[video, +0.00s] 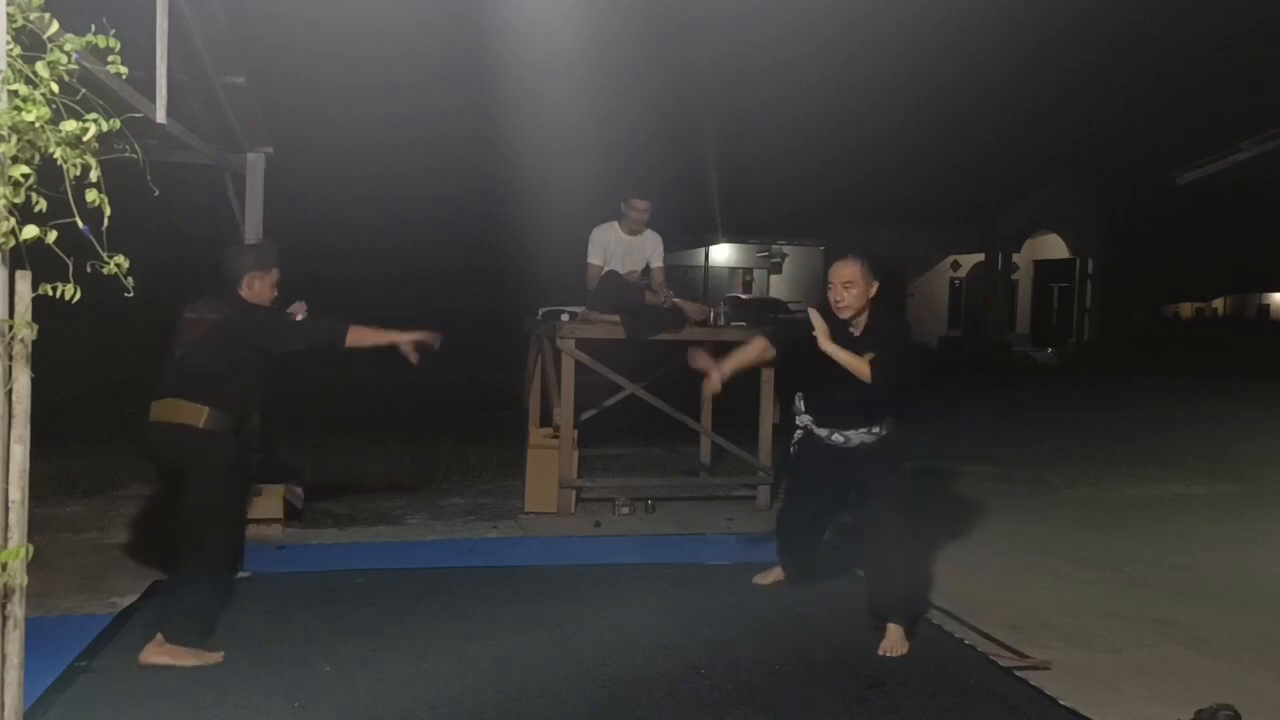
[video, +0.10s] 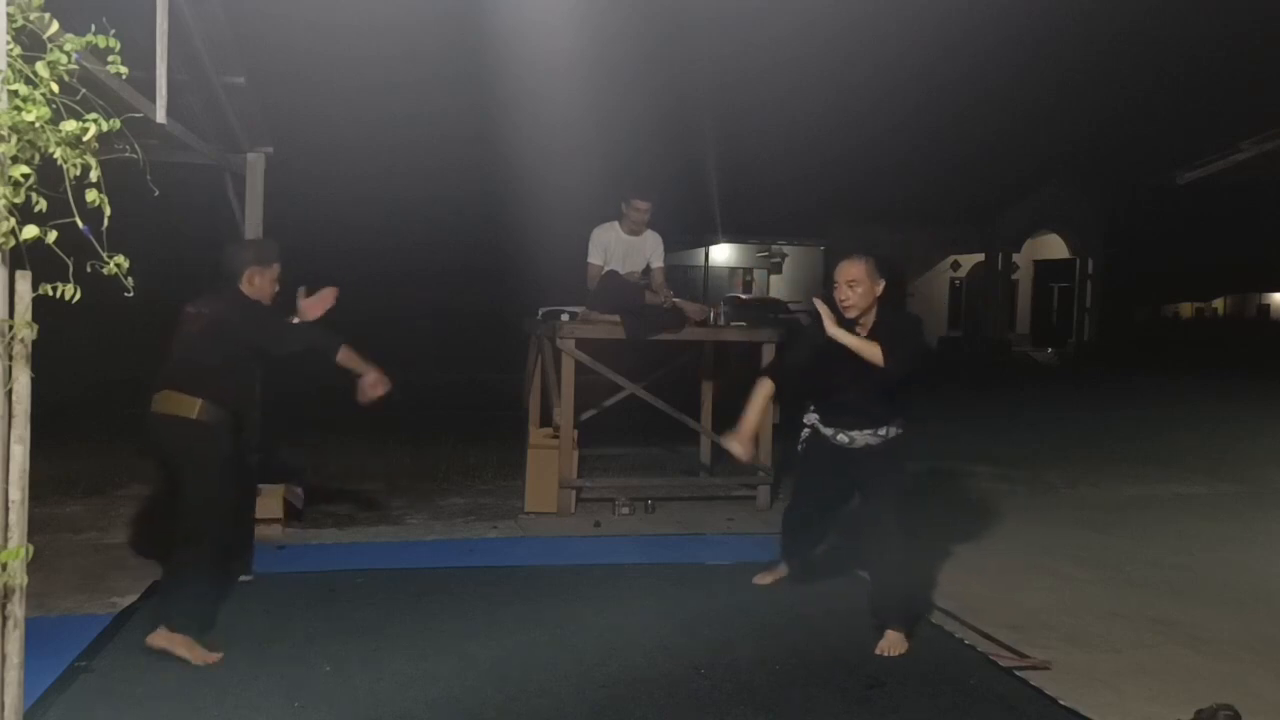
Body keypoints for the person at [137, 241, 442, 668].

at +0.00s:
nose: (275, 290)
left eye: (274, 281)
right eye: (271, 281)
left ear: (237, 282)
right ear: (250, 282)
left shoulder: (201, 312)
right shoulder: (250, 320)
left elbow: (239, 340)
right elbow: (323, 332)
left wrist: (280, 320)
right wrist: (396, 337)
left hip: (166, 432)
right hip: (201, 439)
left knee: (202, 523)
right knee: (218, 538)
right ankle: (175, 640)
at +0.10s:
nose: (276, 286)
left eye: (276, 277)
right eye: (273, 277)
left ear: (240, 277)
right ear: (252, 277)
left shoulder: (206, 307)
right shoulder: (244, 315)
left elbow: (254, 330)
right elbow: (310, 340)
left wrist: (298, 315)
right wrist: (366, 369)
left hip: (170, 421)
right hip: (199, 428)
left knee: (200, 515)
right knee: (217, 525)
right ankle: (177, 627)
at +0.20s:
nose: (279, 284)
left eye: (280, 276)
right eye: (277, 275)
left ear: (249, 272)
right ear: (255, 270)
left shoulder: (213, 298)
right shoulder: (239, 307)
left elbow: (280, 329)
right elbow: (286, 337)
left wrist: (337, 317)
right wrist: (339, 319)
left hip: (169, 413)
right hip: (198, 420)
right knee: (238, 503)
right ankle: (201, 603)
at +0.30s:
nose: (284, 284)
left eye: (285, 276)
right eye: (281, 275)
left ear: (257, 271)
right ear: (258, 269)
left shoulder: (229, 295)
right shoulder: (244, 304)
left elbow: (295, 333)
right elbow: (289, 347)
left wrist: (349, 328)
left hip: (169, 407)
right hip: (195, 414)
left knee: (214, 487)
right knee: (224, 490)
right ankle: (214, 582)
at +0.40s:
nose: (288, 283)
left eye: (289, 275)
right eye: (286, 274)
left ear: (262, 269)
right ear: (264, 268)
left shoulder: (235, 294)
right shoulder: (244, 302)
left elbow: (296, 335)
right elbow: (275, 354)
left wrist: (353, 336)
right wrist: (287, 333)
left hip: (174, 407)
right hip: (196, 413)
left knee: (218, 483)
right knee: (237, 485)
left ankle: (212, 568)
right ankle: (226, 574)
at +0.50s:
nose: (295, 283)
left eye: (297, 275)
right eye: (292, 274)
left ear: (269, 269)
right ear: (269, 268)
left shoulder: (248, 295)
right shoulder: (245, 300)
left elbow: (299, 339)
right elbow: (274, 350)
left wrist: (354, 343)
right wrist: (287, 328)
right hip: (201, 411)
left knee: (226, 482)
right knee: (238, 484)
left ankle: (216, 567)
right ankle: (223, 574)